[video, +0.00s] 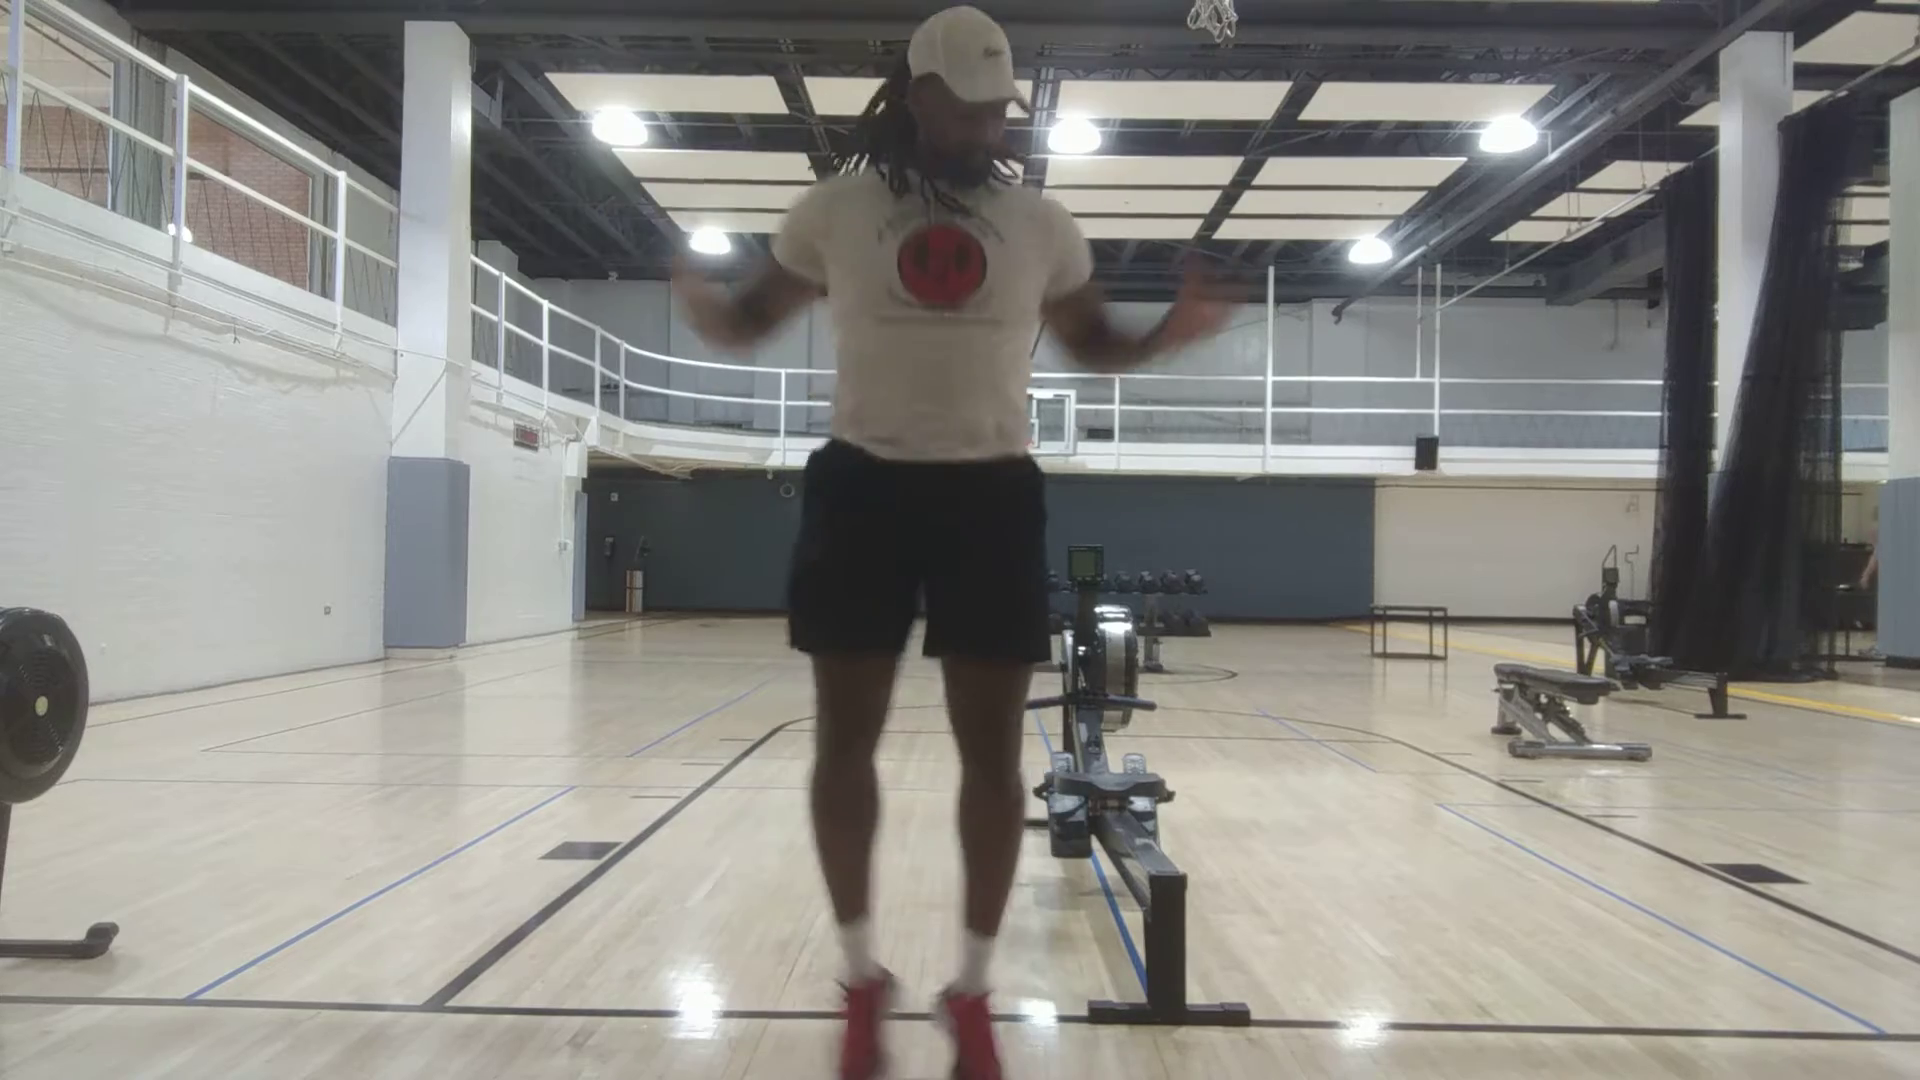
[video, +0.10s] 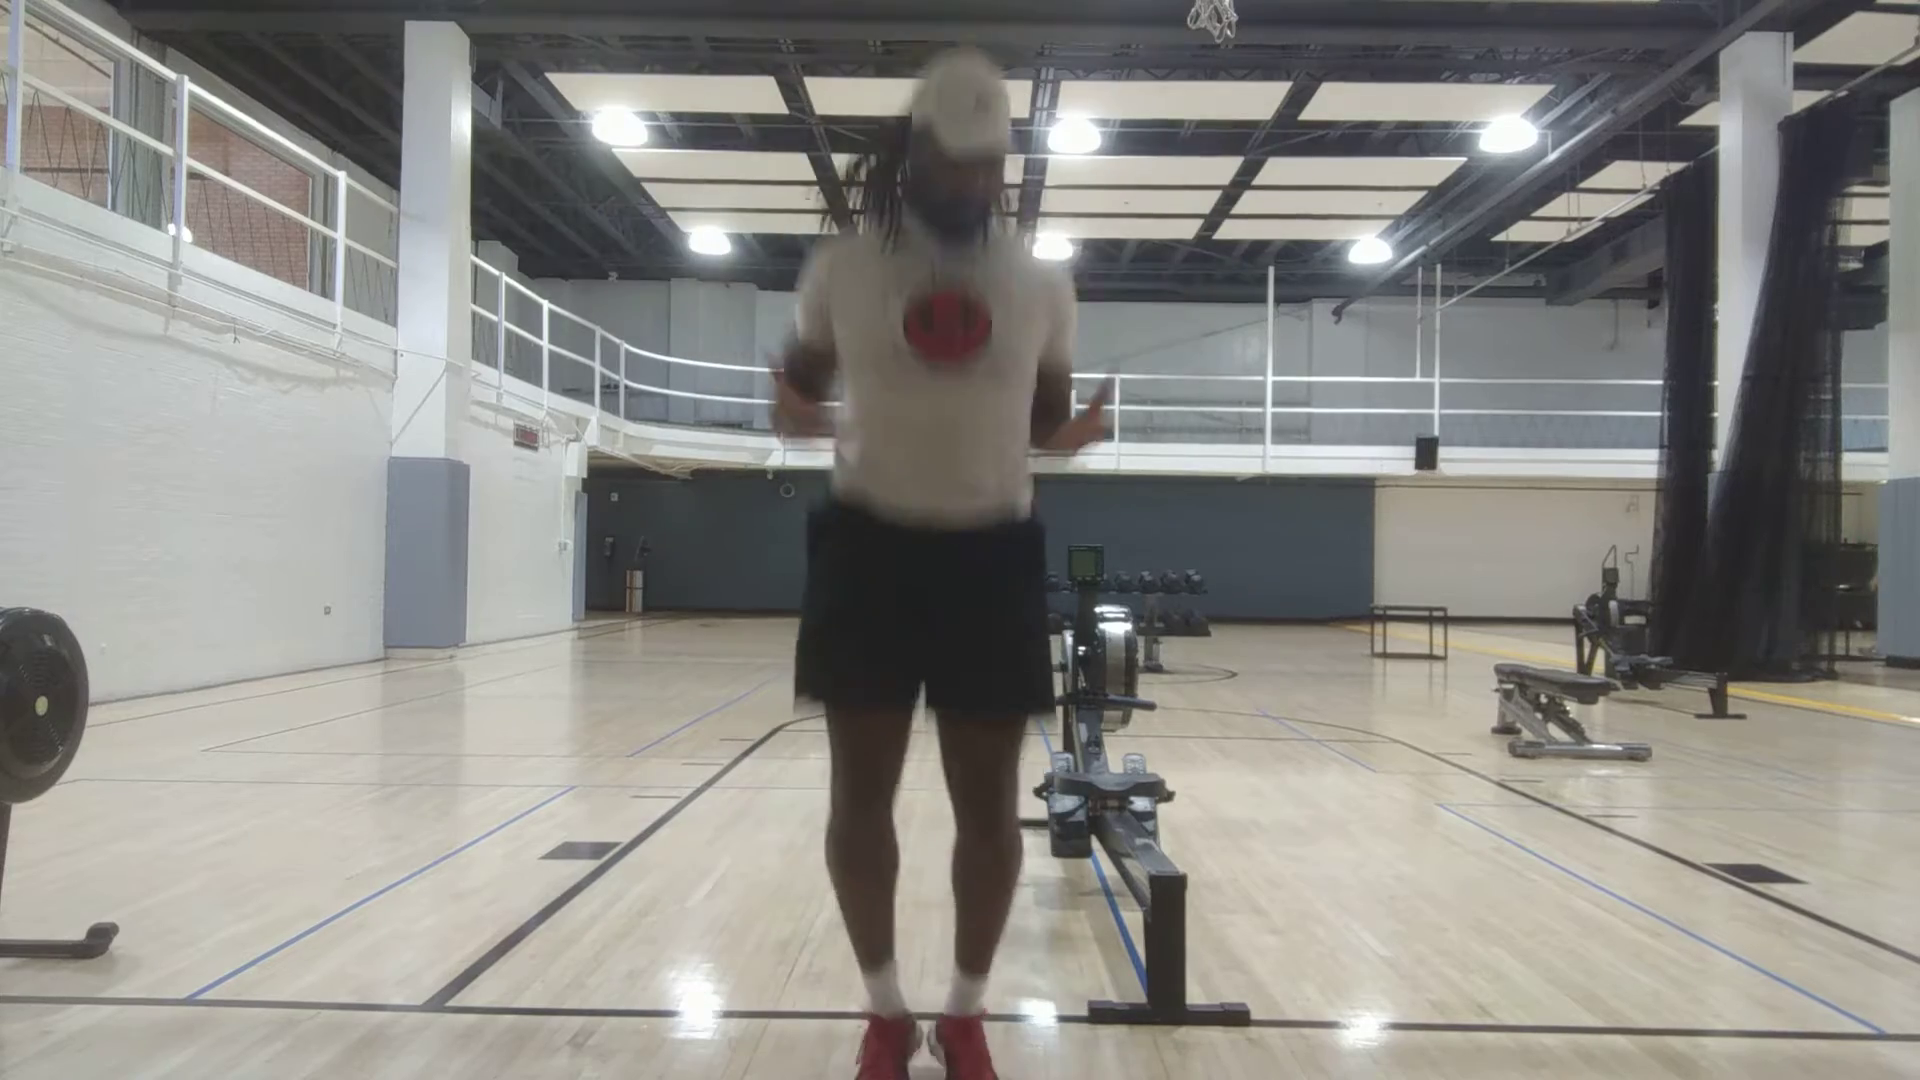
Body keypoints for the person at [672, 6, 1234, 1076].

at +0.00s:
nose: (988, 126)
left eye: (998, 106)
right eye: (968, 108)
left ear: (1007, 101)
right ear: (913, 98)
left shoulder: (1038, 215)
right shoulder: (838, 205)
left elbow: (1096, 346)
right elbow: (743, 325)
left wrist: (1171, 329)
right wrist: (697, 290)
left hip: (993, 499)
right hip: (861, 494)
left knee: (993, 753)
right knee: (845, 743)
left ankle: (970, 986)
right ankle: (862, 976)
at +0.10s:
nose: (976, 183)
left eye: (992, 163)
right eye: (957, 161)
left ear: (1011, 161)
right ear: (912, 153)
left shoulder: (1040, 283)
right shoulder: (845, 263)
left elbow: (1046, 428)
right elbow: (801, 393)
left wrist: (1073, 426)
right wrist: (806, 398)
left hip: (993, 551)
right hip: (869, 544)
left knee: (988, 804)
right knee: (860, 797)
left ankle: (964, 1011)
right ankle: (885, 1010)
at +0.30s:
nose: (960, 170)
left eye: (975, 153)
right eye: (943, 153)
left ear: (997, 157)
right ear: (910, 155)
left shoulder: (1042, 281)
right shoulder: (846, 266)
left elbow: (1106, 402)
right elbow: (778, 381)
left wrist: (1159, 391)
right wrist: (737, 390)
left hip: (1001, 546)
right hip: (875, 543)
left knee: (999, 780)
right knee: (865, 768)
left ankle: (970, 1002)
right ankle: (880, 997)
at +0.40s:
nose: (962, 115)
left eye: (978, 97)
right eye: (944, 96)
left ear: (1002, 103)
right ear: (909, 98)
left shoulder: (1047, 213)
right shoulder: (852, 201)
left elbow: (1154, 317)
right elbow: (732, 302)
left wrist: (1212, 251)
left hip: (1006, 492)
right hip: (875, 487)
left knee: (1019, 736)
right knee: (841, 728)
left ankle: (1019, 972)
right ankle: (832, 961)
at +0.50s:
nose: (961, 123)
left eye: (977, 104)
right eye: (942, 104)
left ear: (1004, 105)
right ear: (907, 103)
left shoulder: (1055, 200)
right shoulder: (851, 195)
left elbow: (1190, 252)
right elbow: (703, 235)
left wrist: (1214, 124)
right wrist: (656, 112)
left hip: (1011, 493)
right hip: (875, 485)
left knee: (1057, 747)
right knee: (802, 733)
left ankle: (1104, 989)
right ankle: (739, 977)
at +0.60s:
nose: (960, 180)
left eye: (977, 163)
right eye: (943, 161)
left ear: (1004, 168)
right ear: (909, 165)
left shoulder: (1054, 252)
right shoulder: (848, 248)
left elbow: (1189, 219)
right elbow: (709, 213)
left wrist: (1123, 97)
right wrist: (749, 86)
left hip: (1012, 566)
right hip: (873, 558)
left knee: (1080, 806)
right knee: (772, 795)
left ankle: (1159, 1036)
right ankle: (677, 1021)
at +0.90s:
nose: (945, 103)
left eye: (962, 86)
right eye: (926, 85)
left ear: (989, 101)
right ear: (892, 99)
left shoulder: (1044, 215)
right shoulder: (839, 212)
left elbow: (1161, 299)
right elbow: (715, 285)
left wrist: (1246, 203)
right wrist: (644, 205)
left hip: (1001, 499)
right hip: (865, 495)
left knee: (1038, 752)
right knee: (809, 738)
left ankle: (1064, 997)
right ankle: (780, 982)